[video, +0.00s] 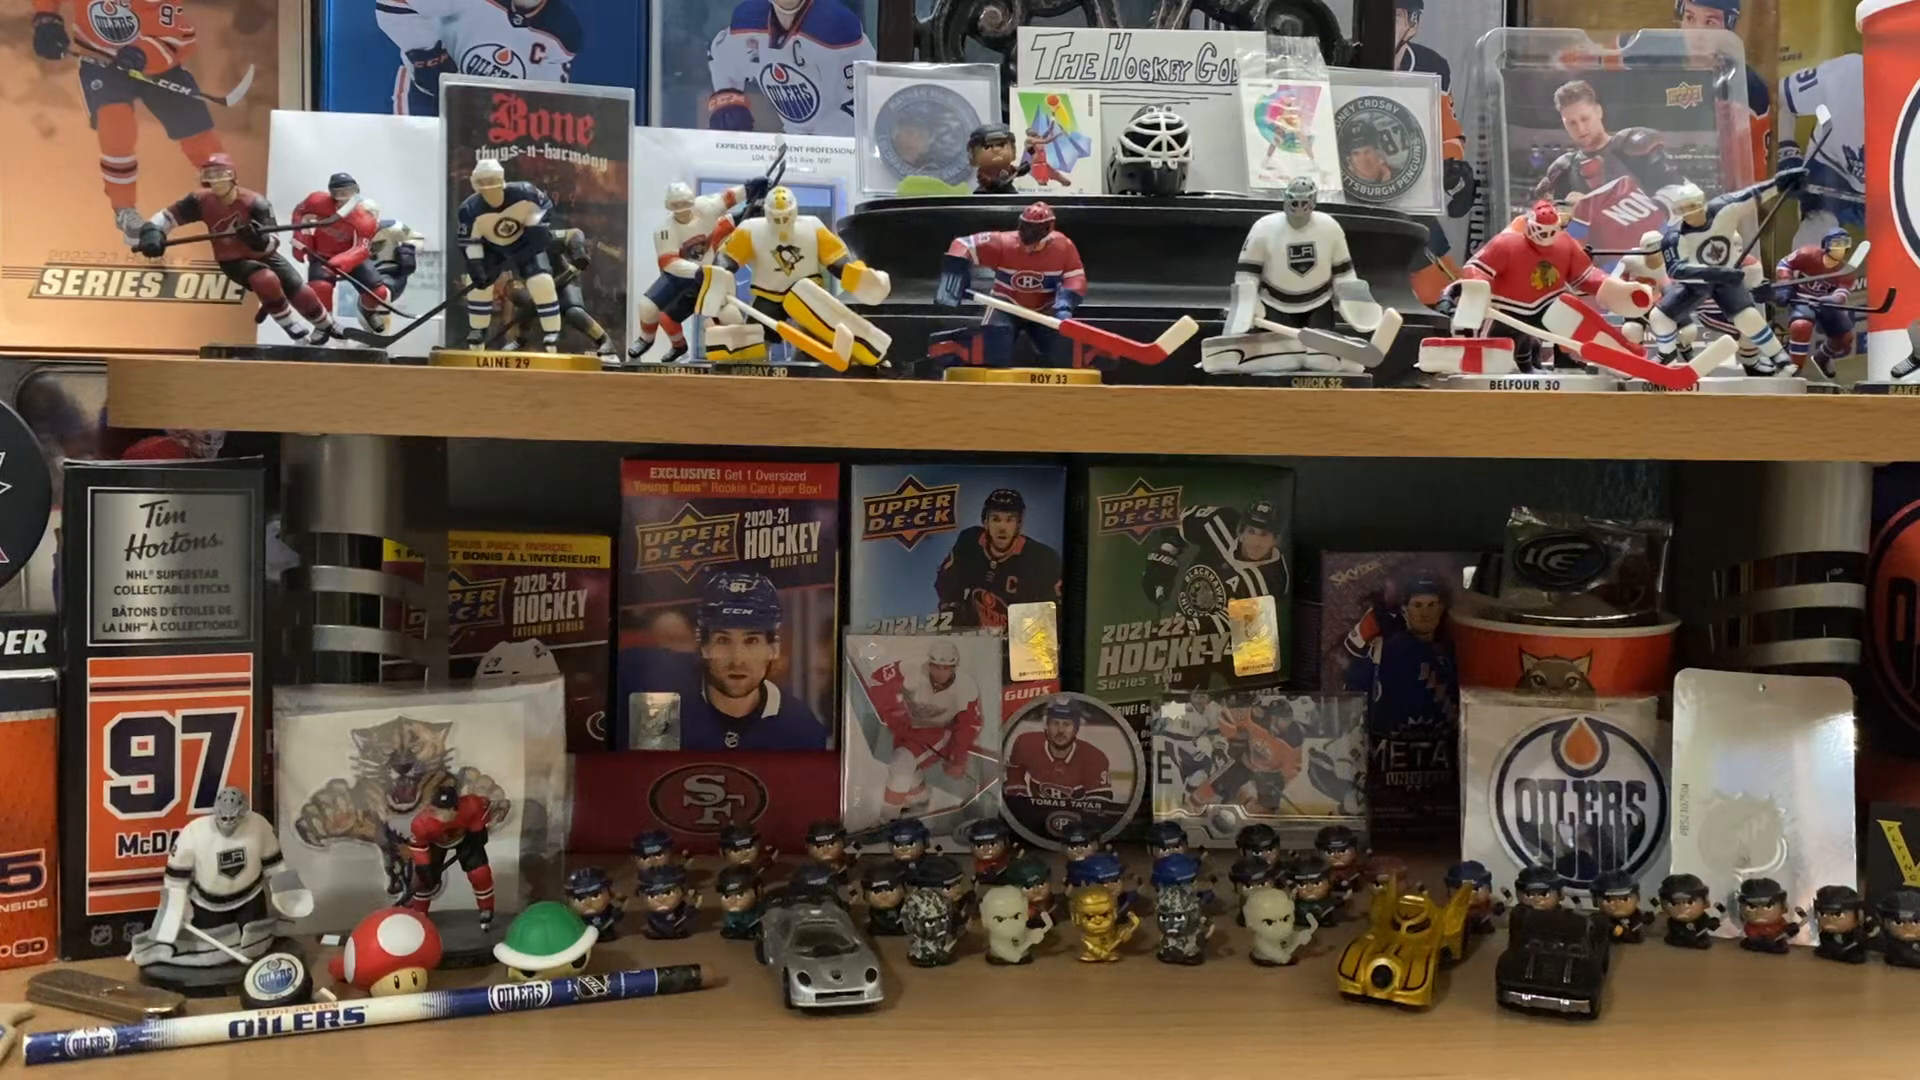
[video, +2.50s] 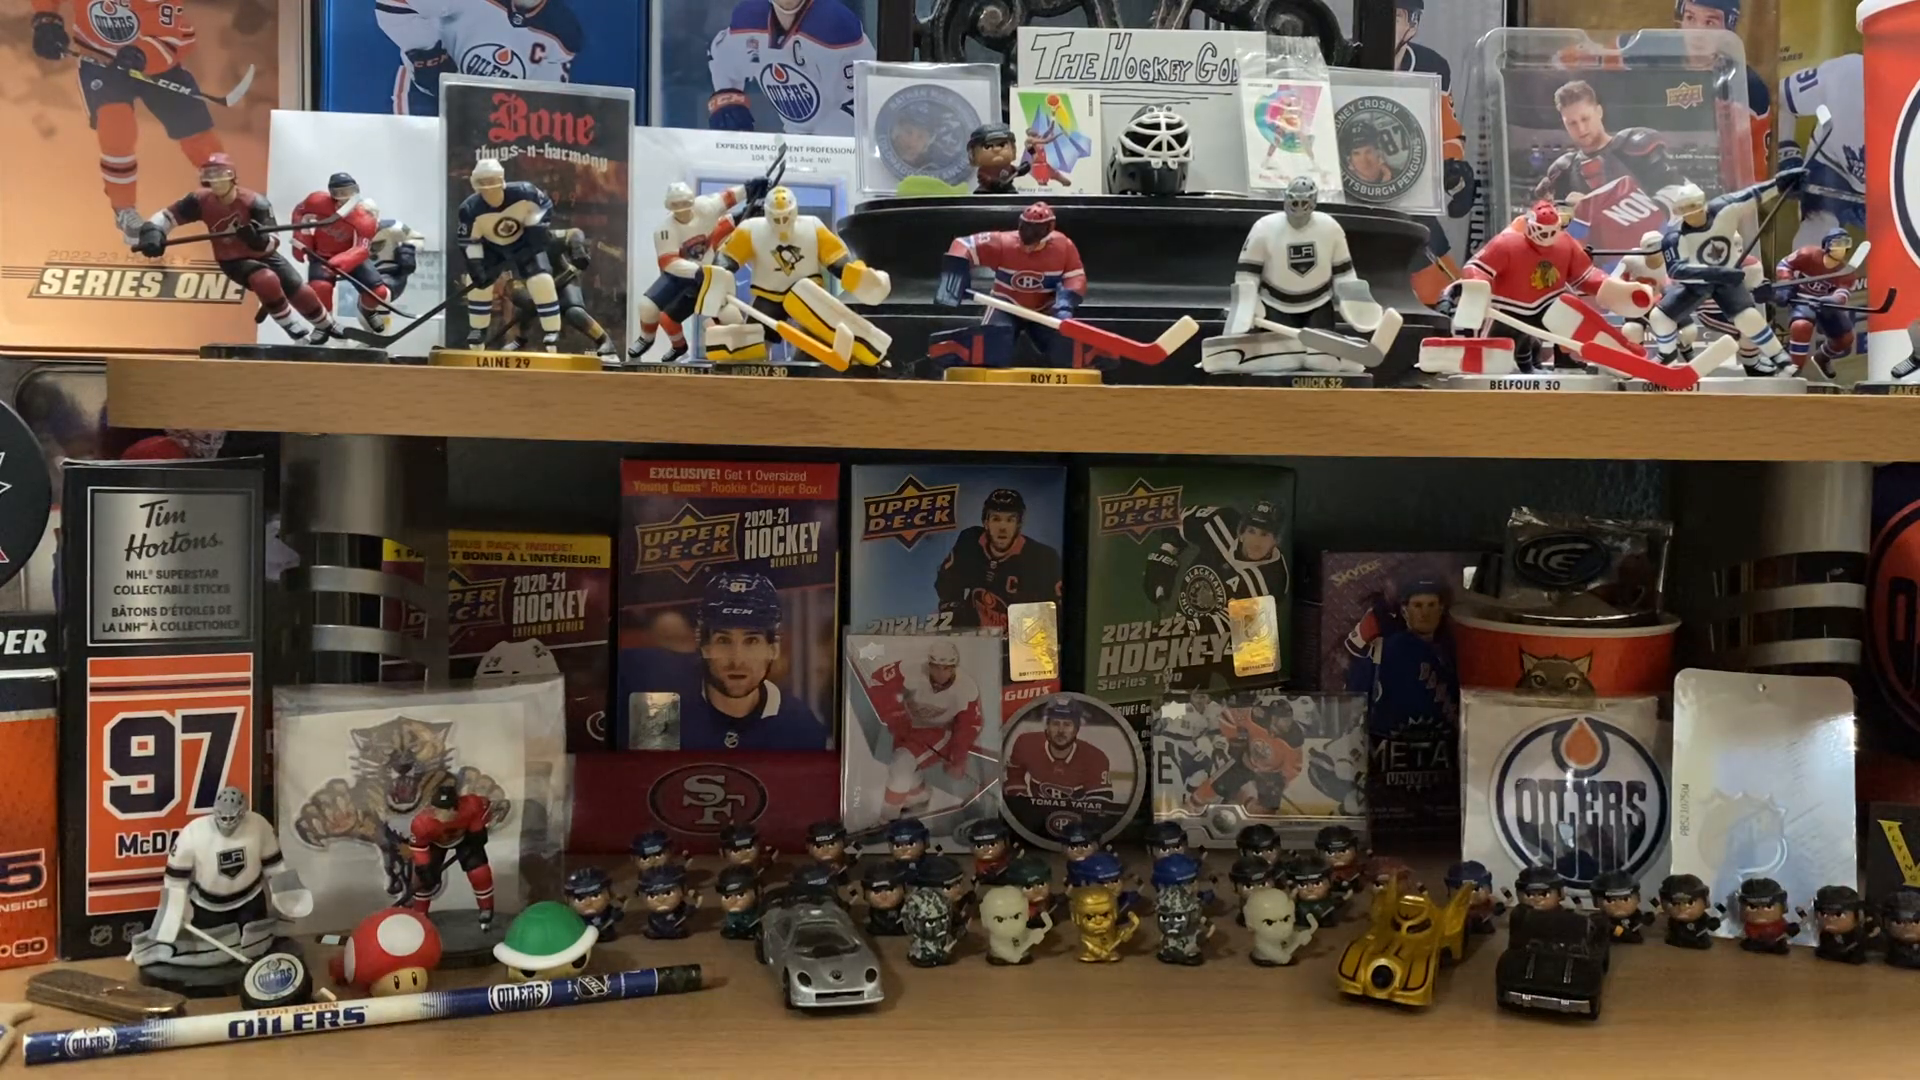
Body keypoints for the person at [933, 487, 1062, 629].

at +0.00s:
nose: (1003, 528)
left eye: (1009, 520)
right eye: (996, 520)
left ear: (1019, 524)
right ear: (985, 522)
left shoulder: (1043, 559)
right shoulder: (969, 541)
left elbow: (1050, 606)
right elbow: (946, 577)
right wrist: (950, 606)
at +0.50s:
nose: (1003, 527)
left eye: (1009, 520)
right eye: (996, 519)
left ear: (1019, 524)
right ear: (985, 522)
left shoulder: (1042, 559)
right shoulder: (969, 541)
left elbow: (1051, 605)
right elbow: (946, 577)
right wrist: (950, 606)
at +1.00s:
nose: (1002, 527)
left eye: (1009, 520)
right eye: (996, 520)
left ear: (1019, 524)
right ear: (985, 522)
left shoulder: (1042, 559)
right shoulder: (969, 541)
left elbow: (1051, 604)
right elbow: (946, 577)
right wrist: (950, 607)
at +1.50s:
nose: (1003, 527)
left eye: (1009, 520)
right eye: (996, 519)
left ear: (1019, 524)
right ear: (986, 522)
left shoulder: (1043, 559)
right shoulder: (969, 541)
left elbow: (1051, 604)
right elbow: (945, 578)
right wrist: (951, 607)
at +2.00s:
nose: (1002, 527)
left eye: (1009, 520)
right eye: (996, 519)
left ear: (1019, 523)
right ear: (986, 522)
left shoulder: (1043, 559)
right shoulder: (969, 541)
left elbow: (1051, 604)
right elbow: (946, 577)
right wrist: (950, 608)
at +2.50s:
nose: (1003, 527)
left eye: (1010, 520)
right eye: (996, 519)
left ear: (1019, 524)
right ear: (985, 522)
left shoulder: (1042, 558)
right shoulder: (969, 541)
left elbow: (1051, 604)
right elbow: (946, 576)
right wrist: (950, 607)